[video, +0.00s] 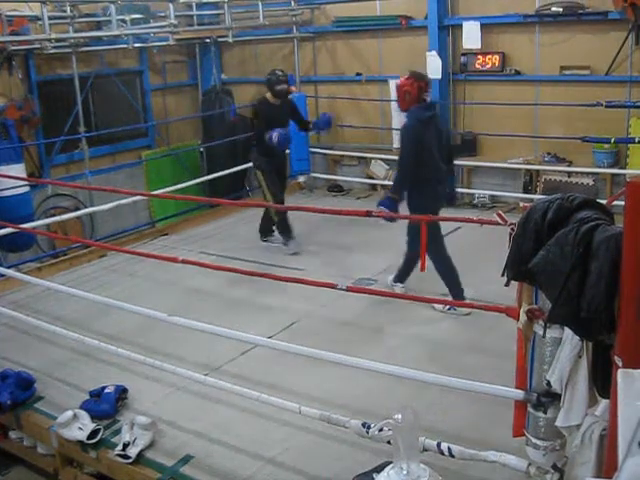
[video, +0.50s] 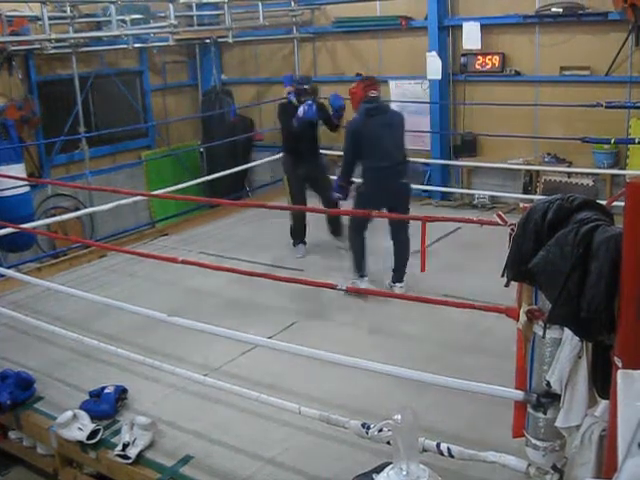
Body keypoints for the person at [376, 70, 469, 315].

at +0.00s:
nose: (398, 98)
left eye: (402, 93)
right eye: (399, 93)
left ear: (412, 96)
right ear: (421, 95)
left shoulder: (412, 125)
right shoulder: (434, 119)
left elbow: (405, 166)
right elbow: (447, 154)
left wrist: (392, 198)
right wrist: (449, 188)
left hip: (420, 192)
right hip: (435, 190)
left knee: (433, 245)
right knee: (416, 238)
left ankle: (458, 298)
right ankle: (398, 280)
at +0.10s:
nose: (387, 97)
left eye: (391, 92)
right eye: (388, 92)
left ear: (400, 94)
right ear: (411, 94)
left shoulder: (398, 124)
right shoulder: (426, 117)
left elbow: (391, 165)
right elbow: (437, 149)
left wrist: (380, 196)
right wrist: (432, 177)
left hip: (410, 190)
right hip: (428, 187)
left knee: (423, 243)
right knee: (411, 238)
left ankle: (454, 293)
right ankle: (398, 281)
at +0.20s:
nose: (378, 98)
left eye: (380, 93)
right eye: (378, 93)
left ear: (389, 94)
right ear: (403, 93)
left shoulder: (385, 123)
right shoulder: (422, 119)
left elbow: (379, 162)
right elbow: (426, 154)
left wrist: (368, 187)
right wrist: (416, 176)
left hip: (399, 187)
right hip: (422, 184)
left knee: (403, 242)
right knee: (412, 236)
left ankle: (440, 281)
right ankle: (397, 282)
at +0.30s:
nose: (368, 100)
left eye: (370, 95)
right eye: (369, 95)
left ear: (378, 96)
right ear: (394, 94)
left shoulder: (376, 123)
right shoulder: (413, 119)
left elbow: (367, 159)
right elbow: (417, 155)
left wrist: (357, 186)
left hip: (392, 187)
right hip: (416, 186)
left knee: (383, 238)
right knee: (408, 236)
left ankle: (419, 272)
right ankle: (398, 281)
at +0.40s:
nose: (359, 99)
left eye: (361, 95)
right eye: (360, 95)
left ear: (369, 96)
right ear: (385, 94)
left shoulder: (365, 124)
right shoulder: (405, 118)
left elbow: (358, 161)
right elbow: (407, 151)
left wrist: (348, 186)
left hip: (382, 185)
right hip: (408, 183)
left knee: (369, 232)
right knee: (405, 231)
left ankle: (393, 273)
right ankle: (401, 273)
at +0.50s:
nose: (351, 100)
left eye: (353, 96)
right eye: (352, 96)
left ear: (359, 97)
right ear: (378, 95)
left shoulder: (356, 124)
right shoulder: (397, 117)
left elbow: (350, 160)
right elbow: (397, 149)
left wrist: (342, 186)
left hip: (372, 185)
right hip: (398, 183)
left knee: (356, 227)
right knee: (400, 230)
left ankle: (361, 276)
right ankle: (398, 280)